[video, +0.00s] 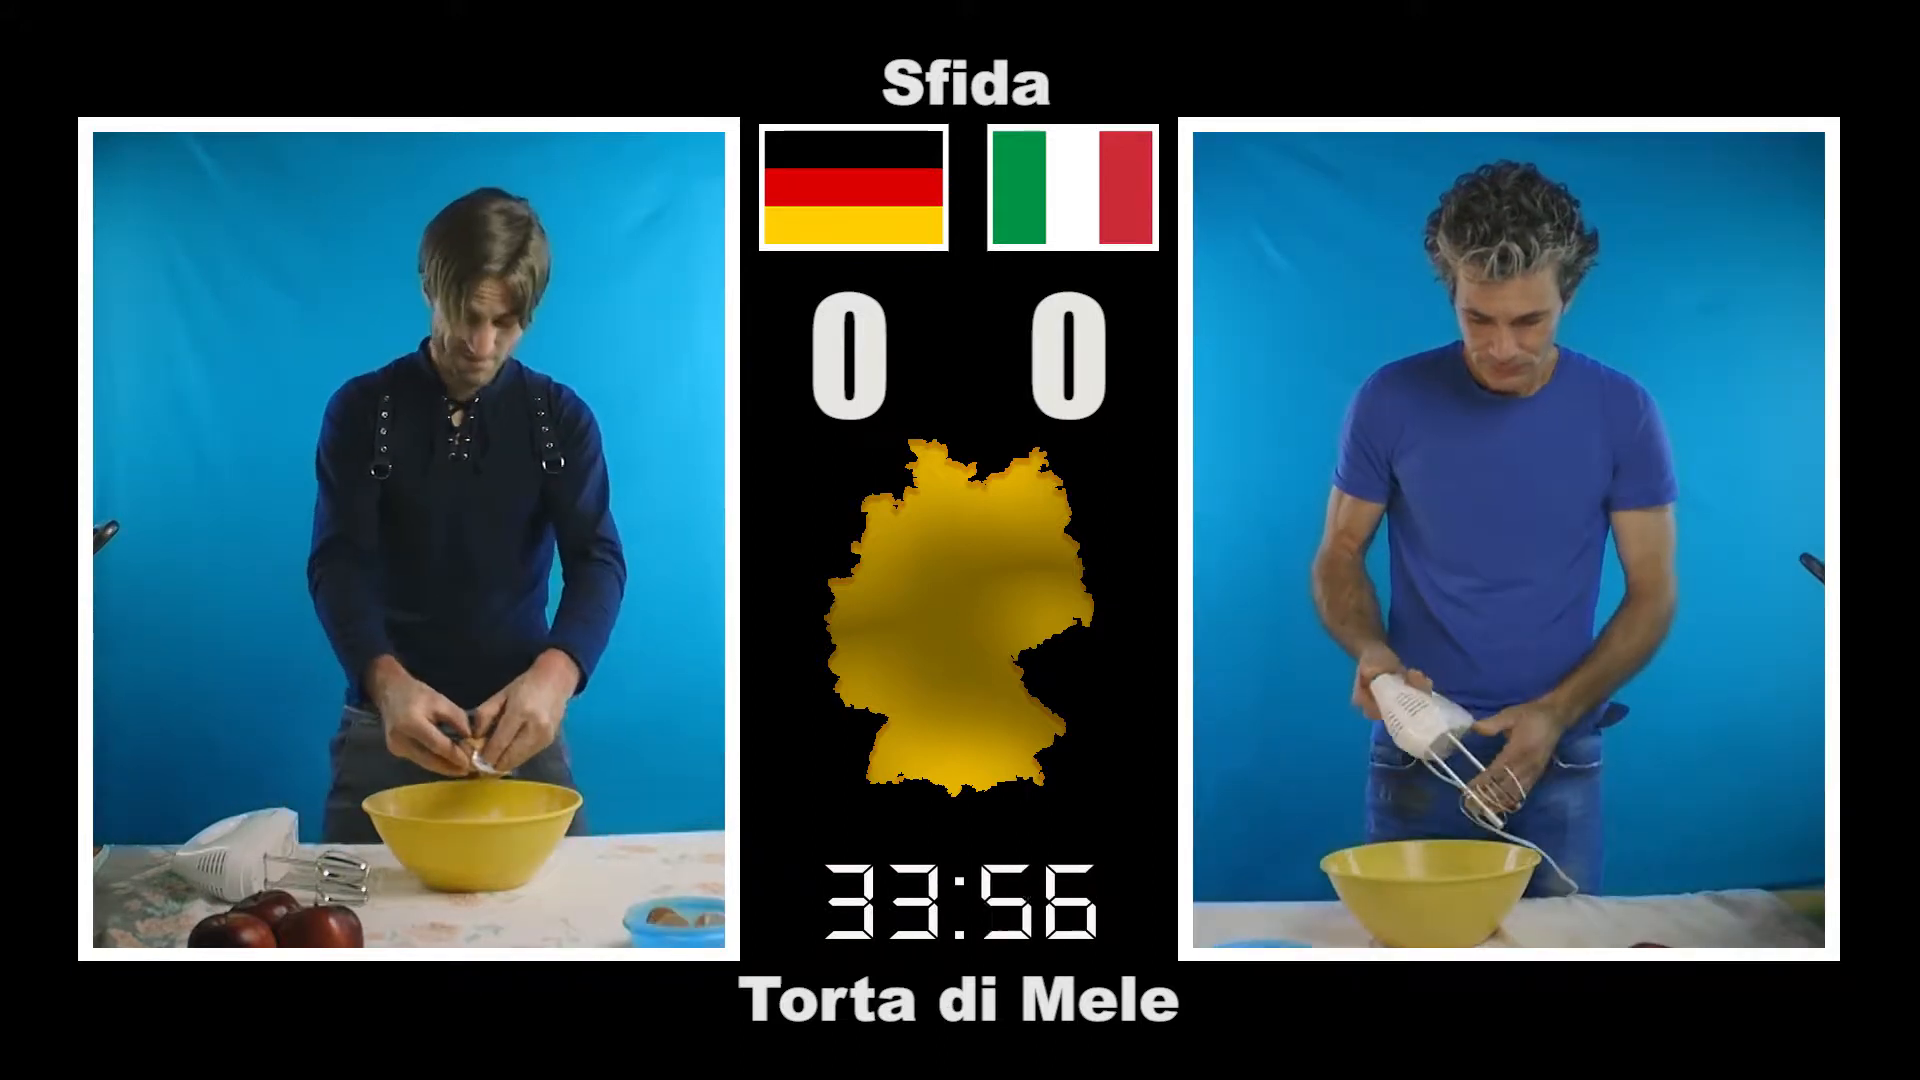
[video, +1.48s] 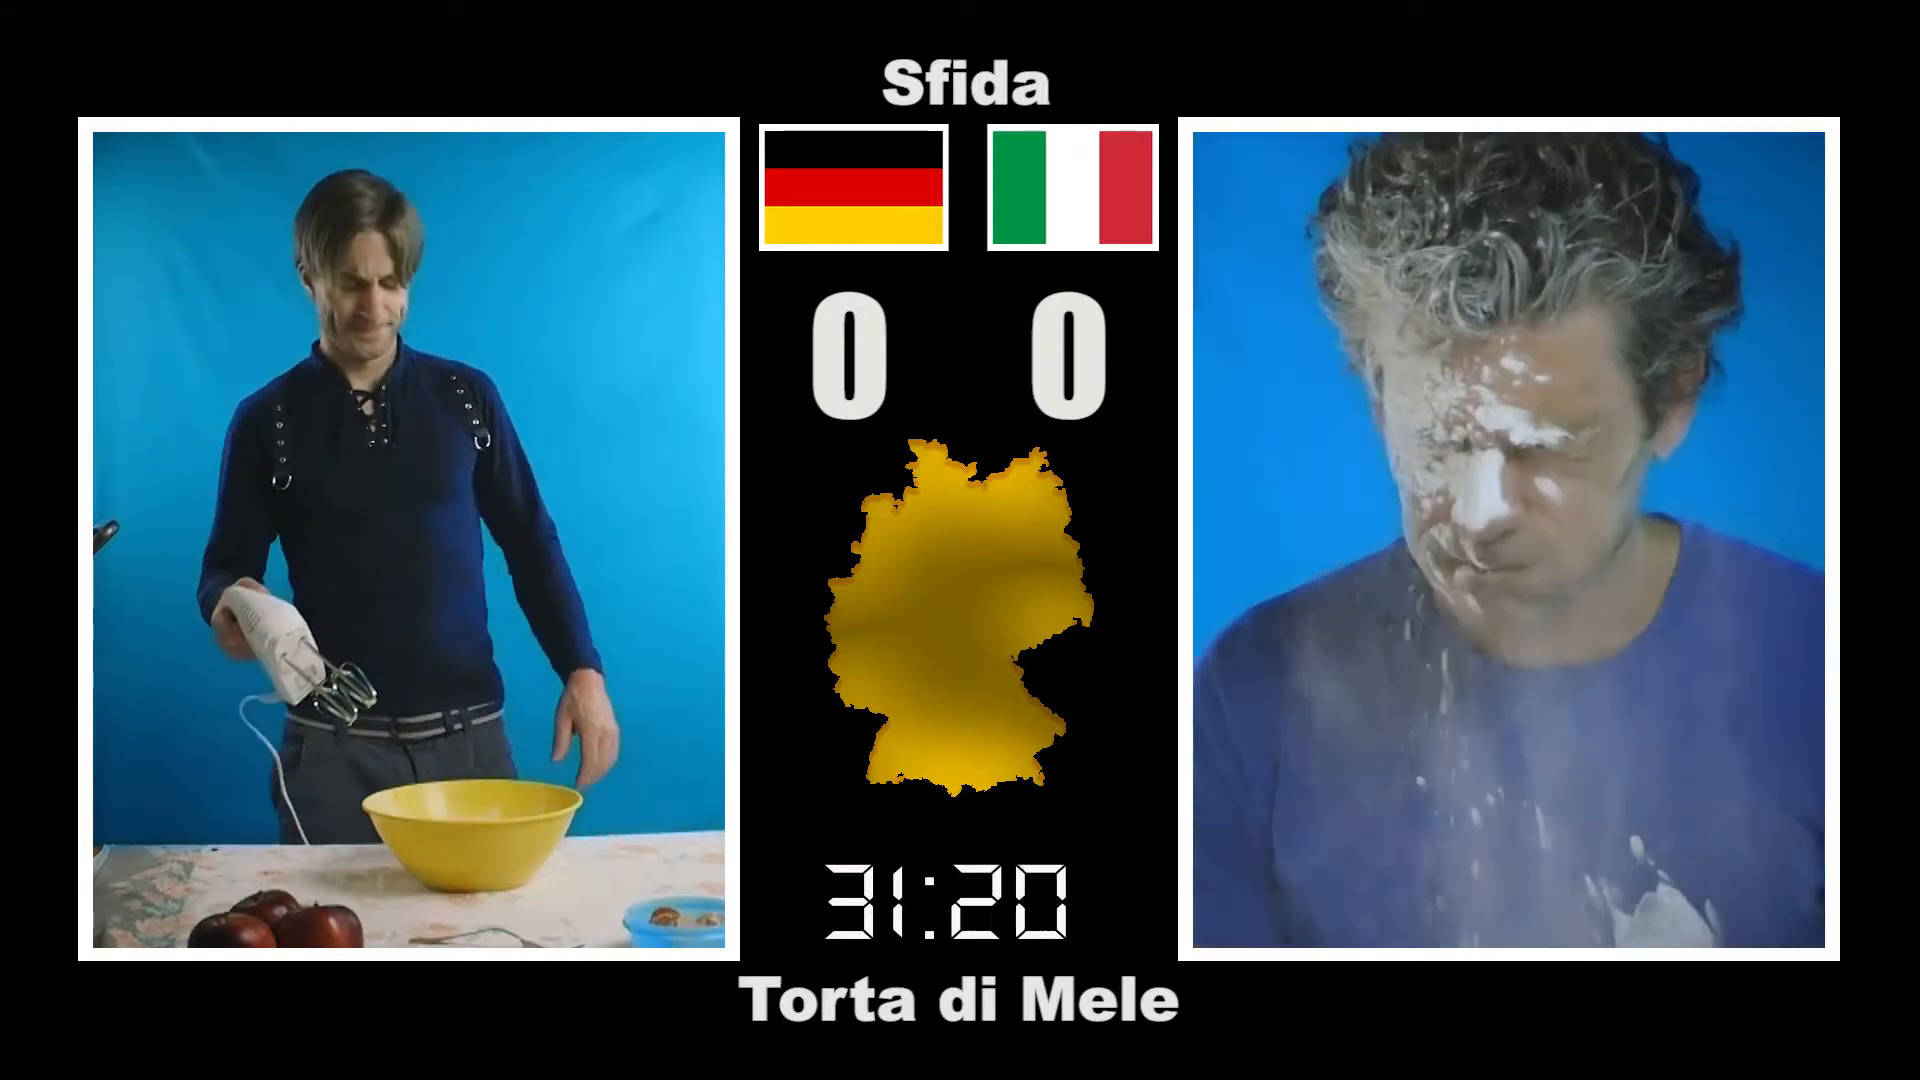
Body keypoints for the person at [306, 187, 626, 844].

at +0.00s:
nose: (483, 344)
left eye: (505, 322)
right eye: (467, 319)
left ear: (528, 312)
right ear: (433, 296)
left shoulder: (559, 421)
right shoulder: (363, 412)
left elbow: (597, 560)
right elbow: (336, 560)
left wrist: (556, 675)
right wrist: (386, 680)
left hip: (523, 734)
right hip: (388, 735)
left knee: (546, 933)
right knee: (365, 933)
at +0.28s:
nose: (484, 347)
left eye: (504, 325)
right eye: (466, 321)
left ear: (528, 315)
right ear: (428, 299)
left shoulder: (549, 427)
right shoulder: (354, 417)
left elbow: (574, 562)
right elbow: (327, 565)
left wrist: (528, 683)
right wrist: (365, 699)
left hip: (514, 739)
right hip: (382, 740)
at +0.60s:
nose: (453, 350)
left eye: (473, 328)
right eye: (435, 328)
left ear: (495, 317)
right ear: (400, 310)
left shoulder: (536, 424)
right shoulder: (344, 428)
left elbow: (575, 546)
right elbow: (332, 567)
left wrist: (560, 680)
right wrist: (383, 699)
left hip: (517, 739)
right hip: (384, 741)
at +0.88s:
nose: (451, 348)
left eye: (470, 326)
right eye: (431, 326)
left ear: (492, 316)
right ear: (398, 312)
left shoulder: (539, 426)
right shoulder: (345, 429)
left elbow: (565, 558)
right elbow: (328, 566)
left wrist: (512, 679)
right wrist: (363, 692)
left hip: (515, 738)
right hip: (385, 741)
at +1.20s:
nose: (399, 307)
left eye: (398, 284)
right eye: (375, 291)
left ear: (401, 273)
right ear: (304, 303)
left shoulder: (443, 397)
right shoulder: (247, 423)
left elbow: (491, 542)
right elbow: (191, 570)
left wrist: (536, 678)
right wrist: (205, 613)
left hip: (447, 740)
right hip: (317, 752)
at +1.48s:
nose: (373, 307)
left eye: (390, 282)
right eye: (351, 283)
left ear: (410, 277)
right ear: (311, 276)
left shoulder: (466, 400)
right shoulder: (267, 423)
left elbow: (531, 541)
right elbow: (228, 567)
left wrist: (583, 670)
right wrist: (234, 613)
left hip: (469, 744)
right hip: (336, 752)